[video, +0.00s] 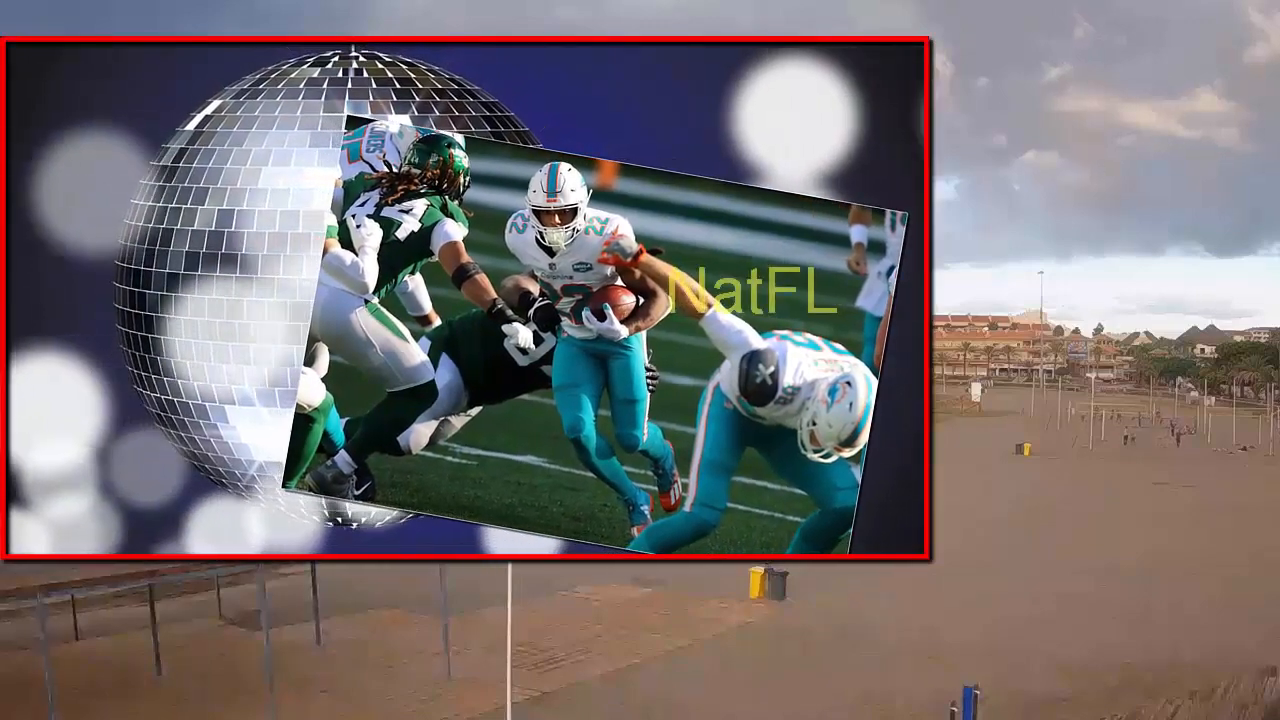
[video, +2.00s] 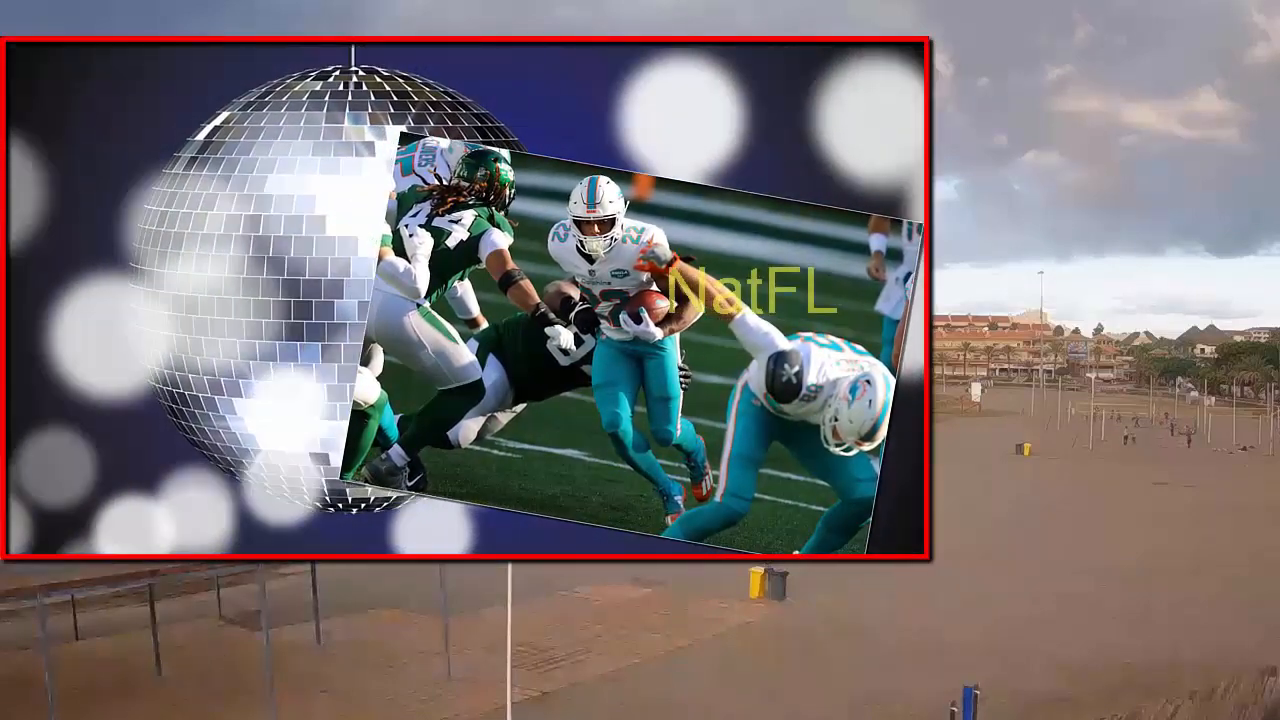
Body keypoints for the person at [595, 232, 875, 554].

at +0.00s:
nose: (822, 455)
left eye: (835, 452)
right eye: (818, 442)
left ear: (861, 429)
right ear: (810, 409)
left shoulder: (872, 413)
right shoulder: (763, 366)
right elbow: (700, 303)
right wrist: (639, 258)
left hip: (788, 424)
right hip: (733, 401)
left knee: (845, 503)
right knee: (704, 515)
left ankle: (785, 581)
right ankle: (622, 568)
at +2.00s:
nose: (843, 448)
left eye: (856, 445)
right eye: (840, 437)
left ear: (879, 426)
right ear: (833, 406)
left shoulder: (889, 409)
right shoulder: (793, 372)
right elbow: (729, 307)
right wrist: (674, 264)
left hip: (810, 420)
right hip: (759, 398)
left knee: (865, 494)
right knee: (733, 506)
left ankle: (805, 563)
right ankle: (657, 553)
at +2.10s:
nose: (844, 448)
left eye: (856, 445)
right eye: (840, 437)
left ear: (877, 425)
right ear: (834, 406)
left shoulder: (886, 408)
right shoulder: (793, 370)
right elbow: (731, 307)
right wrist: (675, 264)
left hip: (811, 420)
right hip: (761, 398)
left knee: (866, 494)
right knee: (735, 505)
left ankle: (806, 562)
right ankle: (660, 549)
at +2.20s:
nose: (845, 446)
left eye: (855, 442)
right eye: (843, 438)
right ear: (839, 408)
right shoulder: (799, 377)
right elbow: (733, 307)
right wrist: (675, 264)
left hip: (812, 418)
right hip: (762, 397)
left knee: (860, 497)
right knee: (735, 504)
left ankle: (805, 564)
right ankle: (660, 551)